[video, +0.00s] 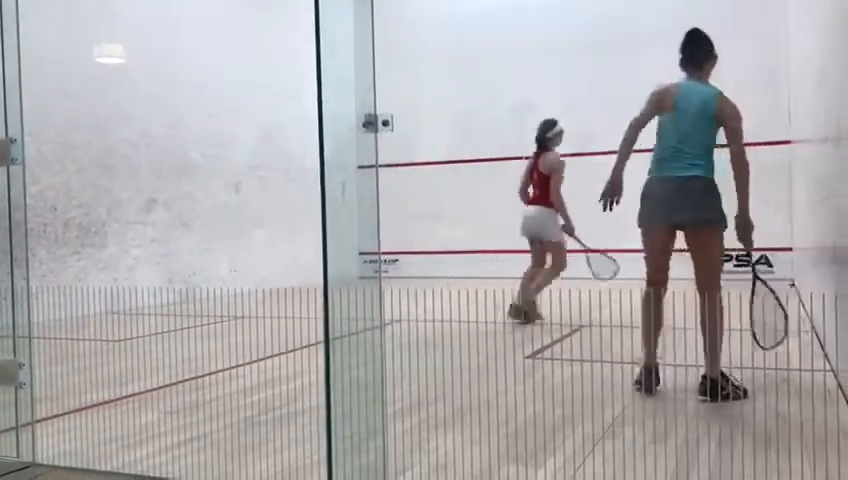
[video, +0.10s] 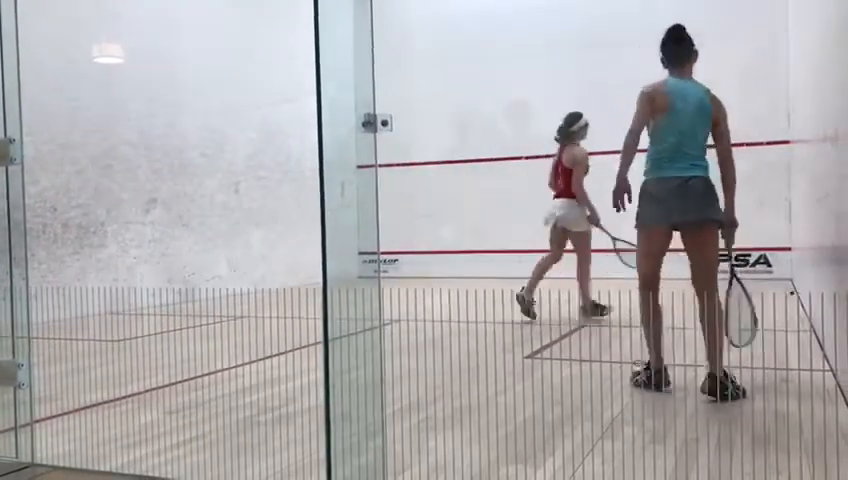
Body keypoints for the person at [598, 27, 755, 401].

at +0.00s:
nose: (714, 65)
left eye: (708, 61)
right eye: (714, 61)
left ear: (682, 62)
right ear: (712, 62)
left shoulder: (663, 94)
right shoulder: (723, 105)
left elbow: (634, 127)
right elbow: (739, 163)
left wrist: (615, 175)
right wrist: (744, 214)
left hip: (657, 196)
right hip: (700, 197)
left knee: (654, 284)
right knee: (709, 289)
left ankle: (648, 369)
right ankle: (713, 376)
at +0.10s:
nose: (682, 63)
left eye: (670, 58)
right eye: (689, 56)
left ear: (662, 59)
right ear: (695, 57)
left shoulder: (650, 94)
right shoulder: (712, 101)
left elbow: (634, 135)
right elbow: (726, 160)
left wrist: (621, 176)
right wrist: (729, 209)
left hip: (657, 195)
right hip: (700, 195)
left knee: (648, 284)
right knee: (707, 289)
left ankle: (656, 369)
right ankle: (716, 375)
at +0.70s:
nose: (531, 102)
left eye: (531, 94)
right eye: (529, 96)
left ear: (545, 86)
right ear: (553, 85)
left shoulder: (553, 119)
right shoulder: (583, 117)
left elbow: (539, 168)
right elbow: (611, 172)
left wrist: (519, 194)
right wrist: (601, 208)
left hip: (578, 210)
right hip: (592, 208)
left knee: (611, 290)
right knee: (556, 280)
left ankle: (654, 365)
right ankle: (538, 353)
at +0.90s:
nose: (485, 107)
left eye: (485, 100)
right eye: (483, 101)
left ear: (497, 92)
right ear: (507, 90)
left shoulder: (506, 118)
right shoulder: (533, 120)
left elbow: (504, 169)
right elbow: (558, 174)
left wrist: (492, 208)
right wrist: (547, 205)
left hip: (528, 211)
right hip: (543, 209)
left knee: (521, 290)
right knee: (522, 288)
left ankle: (582, 337)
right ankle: (527, 357)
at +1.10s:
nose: (442, 107)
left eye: (443, 99)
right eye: (440, 100)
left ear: (458, 95)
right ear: (465, 95)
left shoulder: (470, 123)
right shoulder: (490, 122)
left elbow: (490, 163)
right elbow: (502, 176)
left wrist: (492, 204)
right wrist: (470, 209)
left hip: (480, 212)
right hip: (502, 210)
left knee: (451, 281)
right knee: (512, 286)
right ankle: (528, 357)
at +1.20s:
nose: (420, 114)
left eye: (421, 106)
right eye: (418, 108)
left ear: (434, 102)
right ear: (442, 102)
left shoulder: (448, 130)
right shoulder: (464, 130)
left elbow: (470, 170)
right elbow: (464, 182)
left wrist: (482, 207)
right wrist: (445, 216)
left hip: (458, 218)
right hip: (476, 216)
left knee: (430, 289)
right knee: (493, 287)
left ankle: (412, 354)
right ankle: (525, 352)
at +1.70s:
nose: (323, 120)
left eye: (325, 115)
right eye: (323, 115)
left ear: (333, 115)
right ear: (349, 114)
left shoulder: (340, 141)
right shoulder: (366, 146)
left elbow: (300, 167)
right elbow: (386, 190)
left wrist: (300, 143)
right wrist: (408, 223)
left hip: (352, 224)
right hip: (366, 224)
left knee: (369, 292)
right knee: (338, 288)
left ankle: (405, 350)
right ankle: (324, 348)